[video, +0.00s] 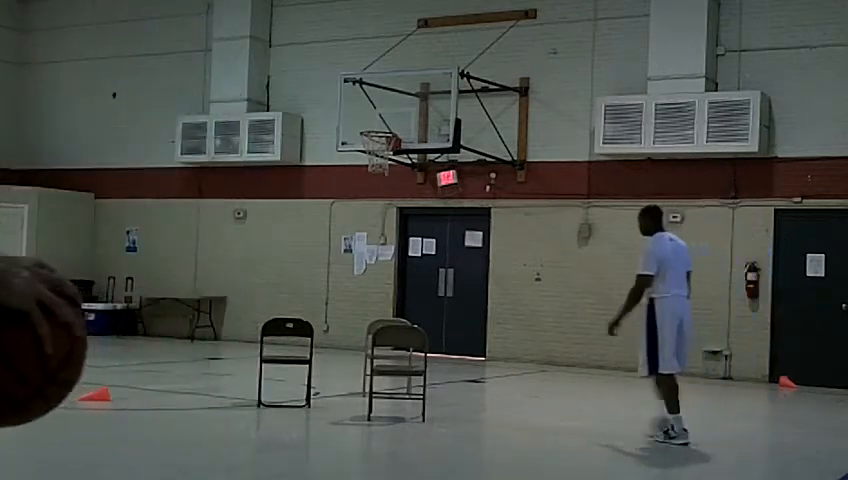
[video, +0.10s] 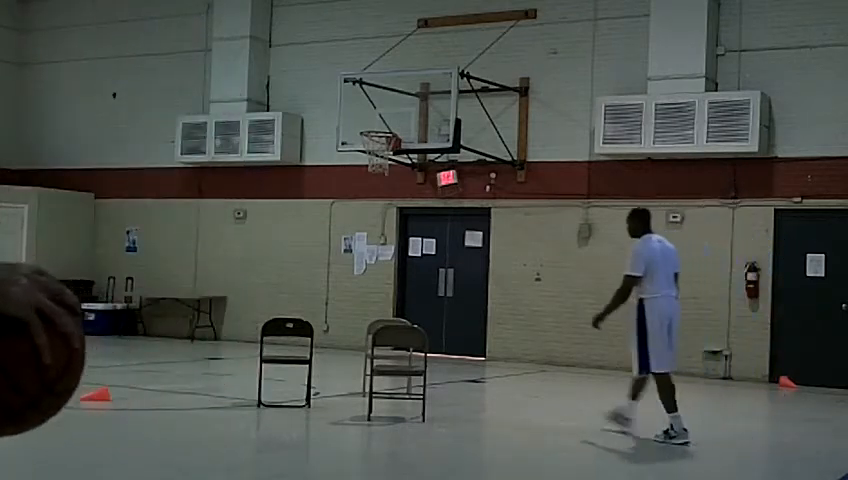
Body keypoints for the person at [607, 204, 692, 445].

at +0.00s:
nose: (639, 226)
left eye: (641, 221)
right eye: (639, 221)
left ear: (649, 222)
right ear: (661, 220)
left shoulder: (653, 245)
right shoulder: (680, 244)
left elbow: (641, 286)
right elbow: (687, 278)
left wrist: (618, 318)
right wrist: (683, 304)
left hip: (661, 305)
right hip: (681, 304)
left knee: (662, 368)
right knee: (665, 366)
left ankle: (677, 428)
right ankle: (670, 419)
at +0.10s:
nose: (628, 228)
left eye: (630, 223)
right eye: (628, 223)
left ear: (638, 224)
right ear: (648, 223)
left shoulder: (641, 248)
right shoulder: (668, 246)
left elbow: (626, 288)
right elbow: (675, 281)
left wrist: (603, 314)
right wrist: (671, 305)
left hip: (650, 305)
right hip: (669, 304)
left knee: (658, 367)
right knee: (646, 364)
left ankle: (677, 427)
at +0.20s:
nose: (616, 230)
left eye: (618, 226)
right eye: (616, 226)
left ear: (626, 226)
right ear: (636, 226)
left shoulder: (629, 248)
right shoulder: (656, 249)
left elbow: (614, 287)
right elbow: (662, 284)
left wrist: (591, 315)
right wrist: (657, 310)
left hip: (638, 307)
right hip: (656, 307)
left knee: (649, 367)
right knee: (626, 364)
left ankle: (675, 426)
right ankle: (609, 415)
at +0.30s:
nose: (604, 231)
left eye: (606, 226)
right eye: (604, 226)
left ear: (614, 227)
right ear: (624, 226)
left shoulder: (616, 248)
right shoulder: (642, 249)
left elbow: (603, 287)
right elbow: (647, 288)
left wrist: (583, 321)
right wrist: (643, 312)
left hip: (624, 307)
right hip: (640, 306)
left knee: (629, 368)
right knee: (612, 364)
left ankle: (665, 415)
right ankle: (605, 417)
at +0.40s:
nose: (593, 229)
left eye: (595, 225)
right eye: (594, 224)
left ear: (603, 225)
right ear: (613, 224)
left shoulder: (605, 247)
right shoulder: (628, 246)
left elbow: (594, 285)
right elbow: (633, 282)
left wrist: (579, 322)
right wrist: (627, 308)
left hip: (610, 306)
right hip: (627, 305)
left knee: (607, 365)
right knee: (607, 364)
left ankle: (641, 402)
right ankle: (603, 415)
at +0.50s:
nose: (581, 226)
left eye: (583, 221)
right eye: (582, 221)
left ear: (591, 222)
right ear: (602, 221)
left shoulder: (595, 244)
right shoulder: (616, 243)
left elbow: (587, 284)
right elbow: (620, 278)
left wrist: (578, 319)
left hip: (599, 307)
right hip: (614, 306)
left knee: (580, 361)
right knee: (603, 360)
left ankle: (609, 401)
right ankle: (604, 413)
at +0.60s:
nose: (570, 226)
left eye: (572, 222)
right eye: (570, 222)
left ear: (579, 222)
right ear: (590, 221)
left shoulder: (583, 244)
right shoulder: (605, 243)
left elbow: (581, 284)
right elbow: (607, 279)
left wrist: (572, 321)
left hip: (585, 307)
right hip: (604, 307)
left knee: (560, 355)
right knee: (599, 358)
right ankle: (604, 413)